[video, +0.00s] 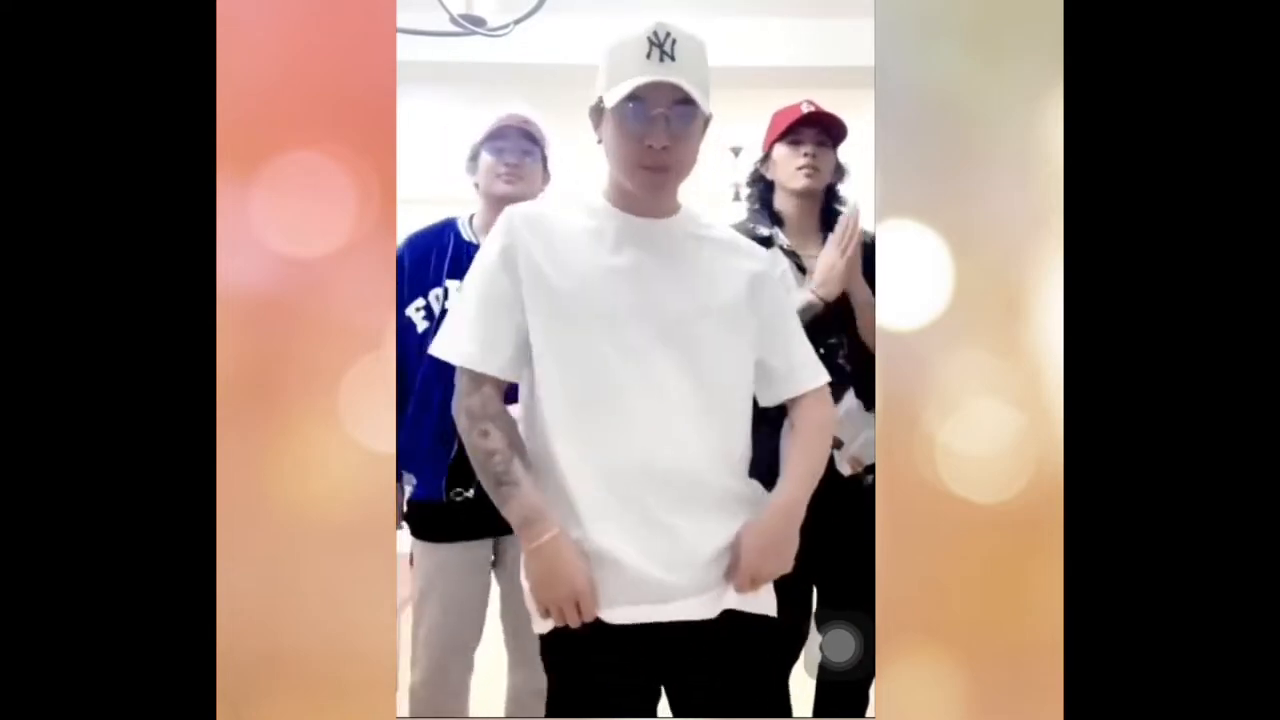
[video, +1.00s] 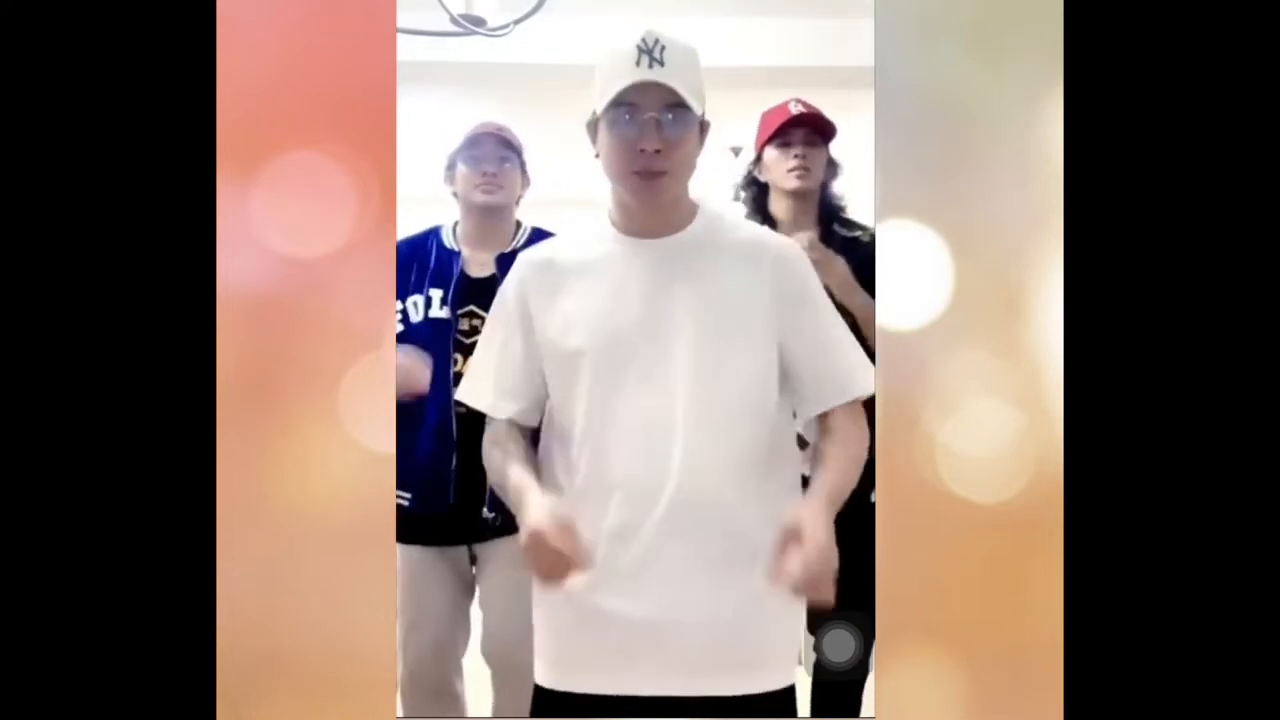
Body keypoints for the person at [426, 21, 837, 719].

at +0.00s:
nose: (658, 134)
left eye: (680, 113)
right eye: (637, 111)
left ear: (705, 131)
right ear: (598, 123)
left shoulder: (752, 266)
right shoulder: (529, 238)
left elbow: (813, 403)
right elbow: (476, 399)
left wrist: (783, 515)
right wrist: (540, 535)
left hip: (729, 610)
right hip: (593, 610)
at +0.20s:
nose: (645, 140)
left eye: (666, 118)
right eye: (622, 117)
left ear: (694, 140)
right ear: (588, 136)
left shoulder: (735, 280)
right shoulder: (520, 254)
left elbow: (759, 434)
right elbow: (454, 420)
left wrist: (773, 549)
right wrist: (499, 575)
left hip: (717, 634)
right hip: (567, 634)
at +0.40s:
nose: (622, 125)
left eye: (644, 105)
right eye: (602, 105)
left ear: (685, 119)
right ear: (578, 121)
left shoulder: (740, 262)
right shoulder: (518, 242)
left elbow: (757, 428)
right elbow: (478, 403)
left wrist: (769, 557)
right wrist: (506, 537)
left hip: (702, 621)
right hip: (556, 617)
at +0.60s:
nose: (622, 135)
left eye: (644, 114)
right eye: (602, 114)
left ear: (683, 128)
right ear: (576, 131)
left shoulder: (752, 258)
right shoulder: (537, 264)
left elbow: (795, 434)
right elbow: (497, 422)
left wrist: (778, 592)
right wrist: (504, 538)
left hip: (707, 645)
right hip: (560, 644)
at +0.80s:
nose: (634, 117)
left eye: (656, 96)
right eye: (613, 96)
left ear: (693, 115)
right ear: (586, 118)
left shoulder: (770, 234)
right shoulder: (545, 251)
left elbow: (850, 364)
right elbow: (518, 395)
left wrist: (802, 478)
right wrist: (525, 479)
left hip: (720, 616)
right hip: (577, 616)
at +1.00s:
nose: (650, 139)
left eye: (672, 117)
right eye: (627, 116)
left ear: (701, 137)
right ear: (594, 136)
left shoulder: (772, 266)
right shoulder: (543, 276)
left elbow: (844, 419)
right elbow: (503, 433)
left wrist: (820, 507)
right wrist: (531, 503)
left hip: (743, 654)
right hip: (587, 655)